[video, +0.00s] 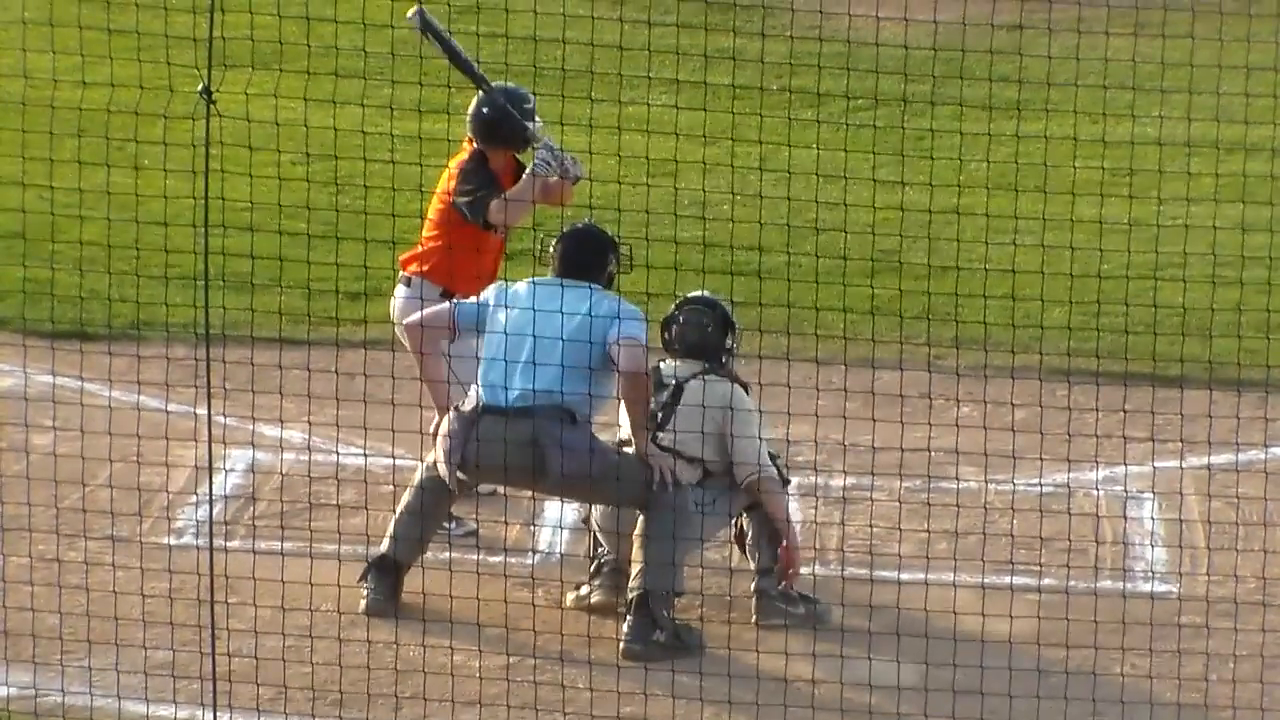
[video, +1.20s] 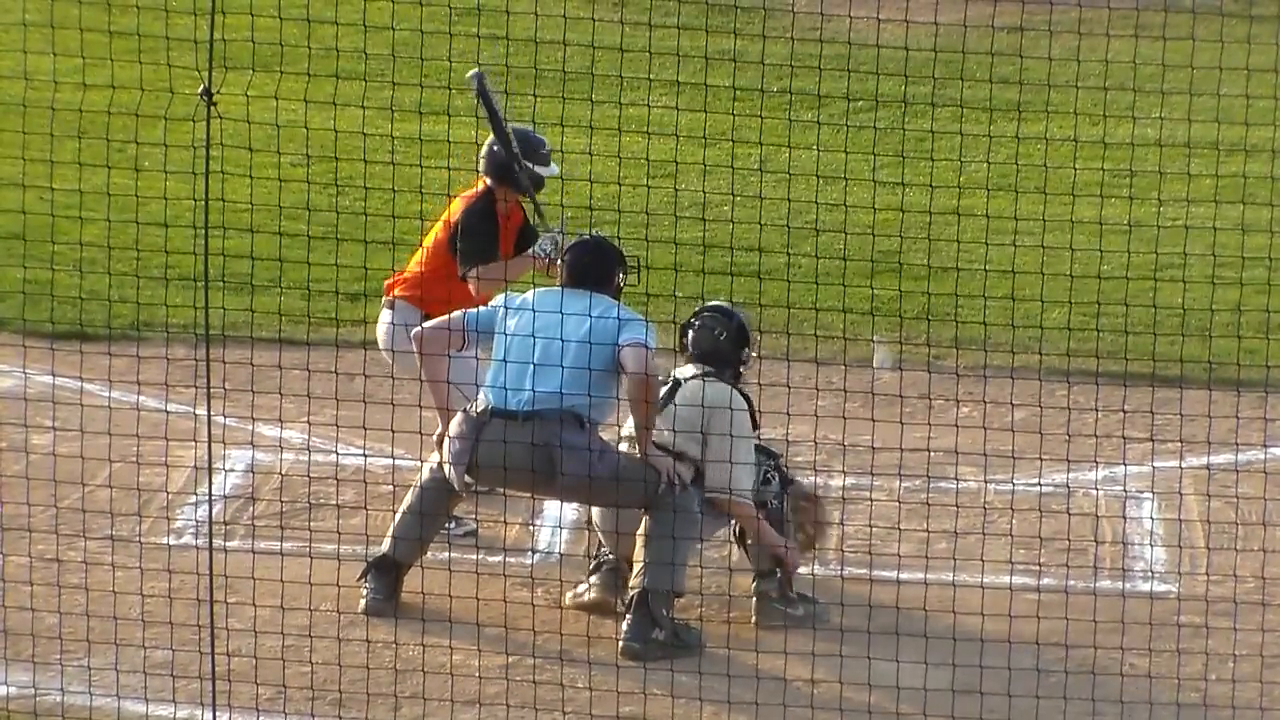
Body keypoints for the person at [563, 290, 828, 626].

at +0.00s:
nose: (731, 344)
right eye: (727, 337)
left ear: (669, 339)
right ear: (721, 343)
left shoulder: (642, 381)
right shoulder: (729, 394)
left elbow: (617, 446)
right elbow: (754, 471)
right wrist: (788, 536)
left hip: (627, 506)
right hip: (686, 512)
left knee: (615, 464)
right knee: (769, 470)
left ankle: (605, 576)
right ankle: (774, 592)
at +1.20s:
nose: (745, 357)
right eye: (743, 349)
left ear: (688, 346)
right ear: (736, 354)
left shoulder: (665, 384)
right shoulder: (725, 398)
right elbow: (728, 495)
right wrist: (776, 545)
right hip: (686, 510)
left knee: (618, 469)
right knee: (768, 474)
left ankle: (607, 574)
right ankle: (775, 592)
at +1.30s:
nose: (772, 364)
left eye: (772, 354)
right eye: (768, 354)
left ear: (718, 350)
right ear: (751, 359)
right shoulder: (723, 397)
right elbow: (710, 495)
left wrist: (829, 497)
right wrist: (763, 514)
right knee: (767, 470)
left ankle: (612, 568)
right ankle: (773, 593)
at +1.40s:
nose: (786, 366)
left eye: (786, 357)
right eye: (781, 356)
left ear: (744, 349)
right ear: (756, 354)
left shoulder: (743, 382)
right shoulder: (718, 389)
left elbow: (824, 417)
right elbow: (682, 465)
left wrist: (893, 457)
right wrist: (751, 479)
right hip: (670, 515)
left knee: (716, 585)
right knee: (783, 459)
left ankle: (622, 577)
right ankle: (778, 594)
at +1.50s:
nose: (794, 358)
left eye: (795, 348)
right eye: (787, 348)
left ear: (749, 342)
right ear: (760, 350)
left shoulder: (745, 368)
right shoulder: (720, 393)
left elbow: (825, 358)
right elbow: (686, 464)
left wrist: (907, 363)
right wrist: (748, 454)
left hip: (681, 507)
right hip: (689, 519)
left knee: (731, 582)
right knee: (811, 472)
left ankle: (649, 576)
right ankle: (789, 593)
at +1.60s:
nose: (798, 353)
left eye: (798, 342)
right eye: (792, 343)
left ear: (753, 338)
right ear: (771, 345)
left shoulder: (738, 366)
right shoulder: (734, 400)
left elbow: (811, 308)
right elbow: (715, 480)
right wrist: (771, 453)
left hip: (703, 512)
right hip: (711, 527)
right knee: (831, 480)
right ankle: (785, 588)